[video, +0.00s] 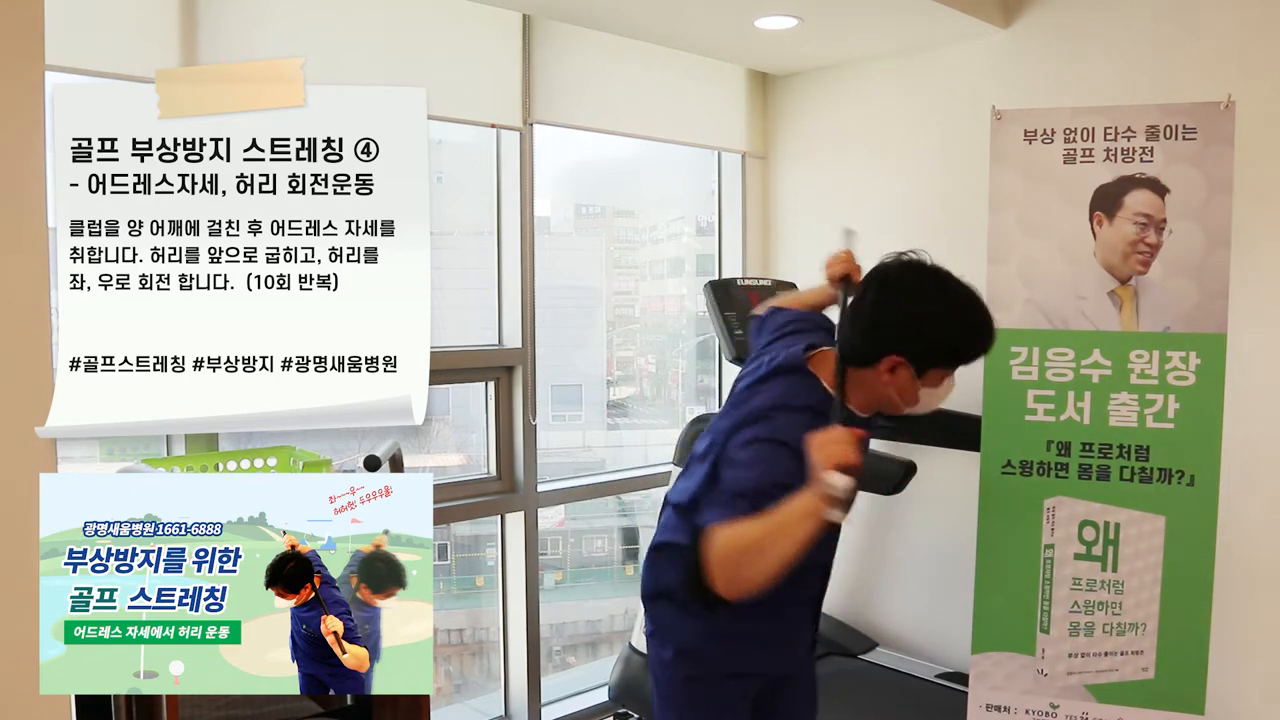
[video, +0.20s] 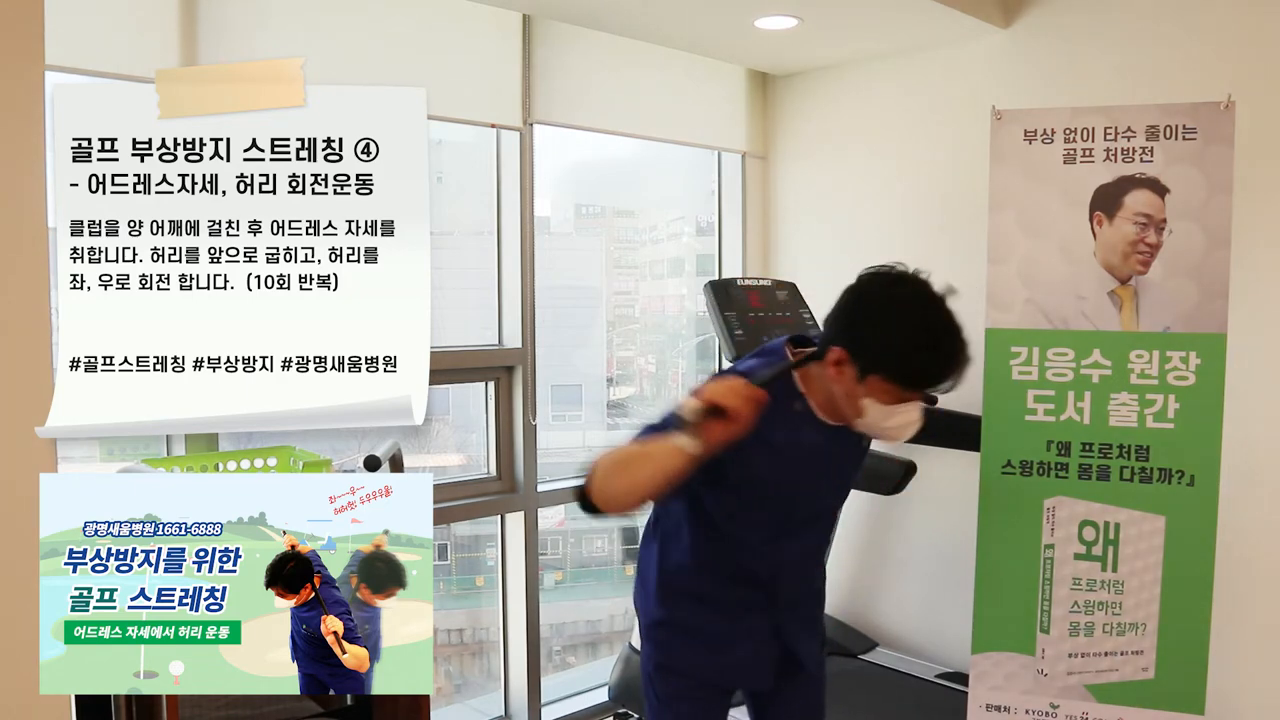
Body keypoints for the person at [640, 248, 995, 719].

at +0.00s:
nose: (941, 388)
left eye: (945, 378)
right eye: (938, 378)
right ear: (893, 372)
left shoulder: (805, 337)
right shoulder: (778, 426)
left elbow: (769, 310)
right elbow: (728, 576)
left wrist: (830, 290)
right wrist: (822, 494)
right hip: (710, 651)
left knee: (791, 710)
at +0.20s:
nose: (892, 413)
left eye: (907, 403)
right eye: (889, 401)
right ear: (840, 366)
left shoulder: (856, 393)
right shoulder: (741, 396)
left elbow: (915, 420)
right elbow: (599, 493)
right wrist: (696, 442)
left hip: (792, 626)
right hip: (692, 631)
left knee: (799, 711)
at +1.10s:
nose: (584, 430)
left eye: (600, 418)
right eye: (578, 414)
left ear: (663, 396)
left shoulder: (736, 454)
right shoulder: (666, 361)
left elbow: (827, 607)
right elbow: (655, 308)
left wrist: (761, 535)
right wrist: (617, 284)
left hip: (748, 635)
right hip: (646, 623)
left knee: (774, 710)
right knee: (642, 711)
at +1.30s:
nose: (565, 429)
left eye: (578, 418)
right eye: (557, 414)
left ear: (638, 393)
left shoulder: (716, 448)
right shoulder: (644, 346)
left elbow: (811, 606)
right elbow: (640, 301)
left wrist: (735, 535)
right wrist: (602, 283)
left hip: (740, 640)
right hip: (643, 627)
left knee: (767, 711)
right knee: (641, 713)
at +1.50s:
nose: (567, 434)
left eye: (580, 422)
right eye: (555, 418)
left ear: (634, 393)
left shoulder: (716, 446)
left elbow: (817, 600)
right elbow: (632, 306)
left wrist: (740, 529)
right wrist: (591, 288)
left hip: (742, 641)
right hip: (642, 629)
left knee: (767, 712)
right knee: (640, 714)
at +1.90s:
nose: (668, 474)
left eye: (682, 455)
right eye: (648, 460)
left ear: (706, 419)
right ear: (621, 419)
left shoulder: (780, 422)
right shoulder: (594, 405)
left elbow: (904, 473)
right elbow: (523, 410)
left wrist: (877, 434)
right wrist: (516, 396)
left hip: (772, 629)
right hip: (654, 632)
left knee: (791, 712)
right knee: (652, 712)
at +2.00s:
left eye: (733, 441)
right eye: (690, 456)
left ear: (750, 409)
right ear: (658, 428)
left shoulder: (801, 409)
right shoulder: (608, 420)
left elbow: (907, 435)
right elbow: (510, 450)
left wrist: (889, 405)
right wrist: (521, 422)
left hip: (780, 624)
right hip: (664, 631)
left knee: (794, 711)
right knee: (659, 711)